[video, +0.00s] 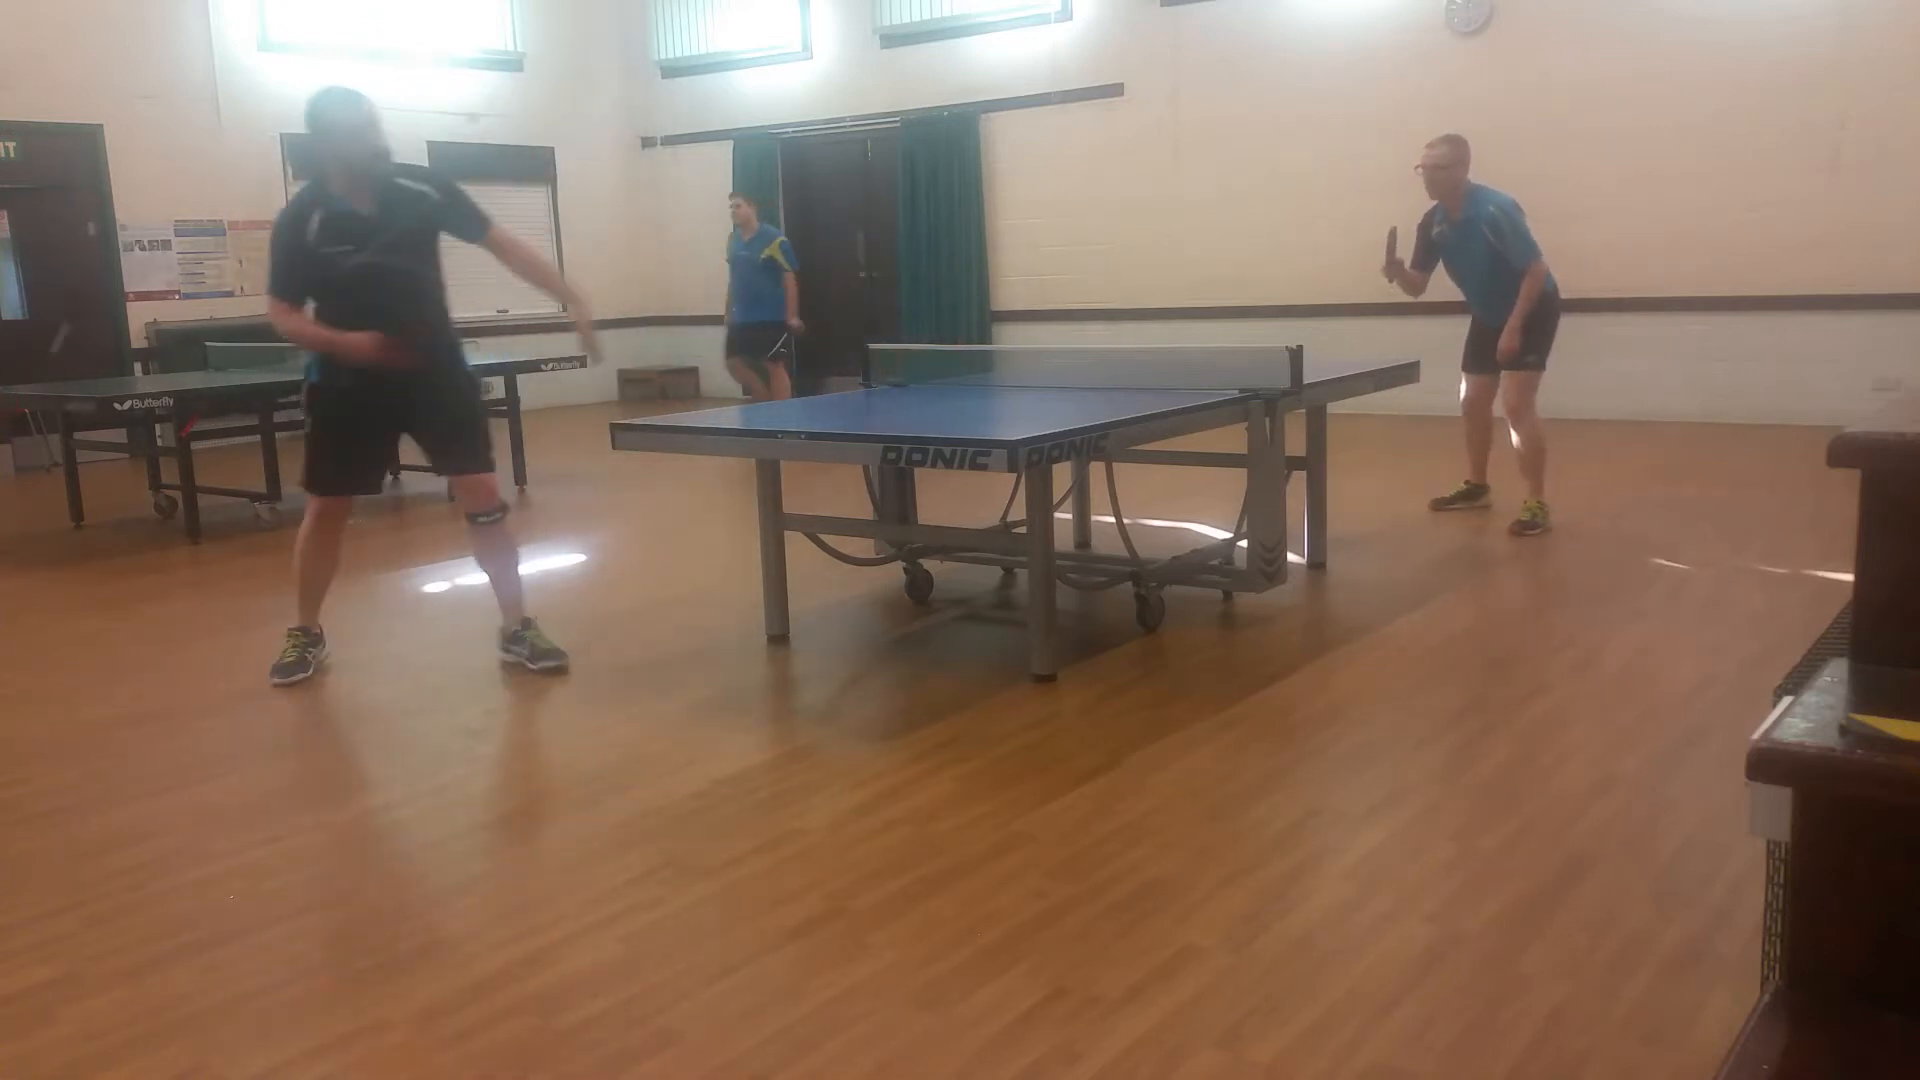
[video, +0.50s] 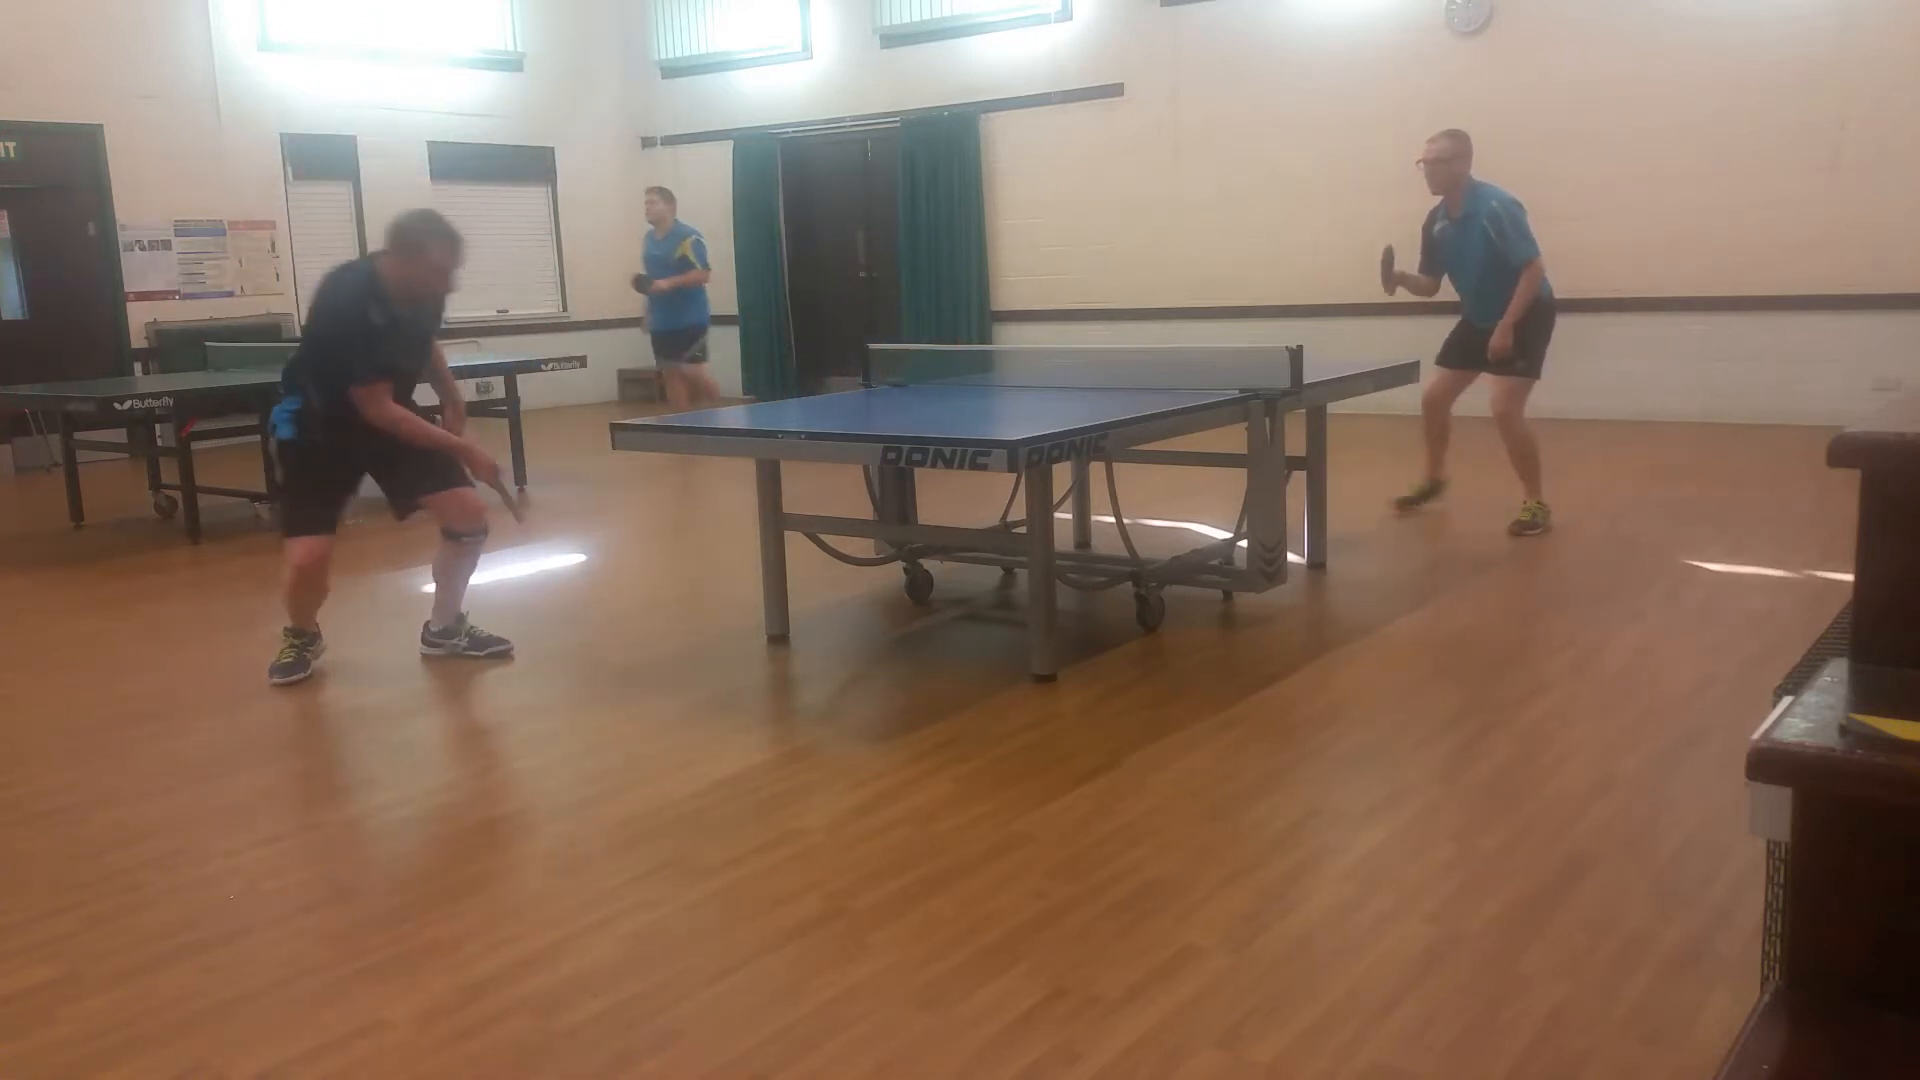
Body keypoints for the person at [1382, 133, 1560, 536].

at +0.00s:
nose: (1424, 177)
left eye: (1432, 170)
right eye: (1422, 170)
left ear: (1459, 171)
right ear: (1425, 173)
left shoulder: (1496, 209)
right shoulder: (1432, 223)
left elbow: (1536, 271)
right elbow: (1417, 285)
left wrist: (1513, 326)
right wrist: (1397, 272)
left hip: (1532, 307)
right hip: (1488, 312)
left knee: (1516, 404)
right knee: (1473, 401)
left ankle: (1536, 503)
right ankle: (1476, 486)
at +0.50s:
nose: (1426, 171)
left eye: (1435, 163)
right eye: (1424, 163)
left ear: (1462, 164)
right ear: (1426, 167)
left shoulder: (1498, 206)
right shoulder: (1436, 221)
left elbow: (1534, 271)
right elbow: (1428, 286)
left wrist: (1506, 326)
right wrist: (1398, 277)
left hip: (1527, 315)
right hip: (1481, 317)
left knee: (1506, 409)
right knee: (1434, 399)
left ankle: (1535, 503)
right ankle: (1434, 481)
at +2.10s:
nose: (1379, 183)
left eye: (1385, 175)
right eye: (1378, 176)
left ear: (1408, 174)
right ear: (1398, 177)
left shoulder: (1428, 212)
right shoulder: (1411, 216)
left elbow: (1440, 270)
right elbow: (1417, 282)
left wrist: (1405, 315)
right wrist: (1377, 310)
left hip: (1471, 318)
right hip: (1443, 320)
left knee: (1454, 421)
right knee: (1400, 393)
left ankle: (1535, 468)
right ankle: (1408, 477)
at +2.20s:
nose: (1361, 191)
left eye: (1367, 183)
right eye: (1360, 184)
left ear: (1390, 181)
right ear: (1384, 185)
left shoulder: (1411, 216)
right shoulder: (1399, 220)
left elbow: (1416, 277)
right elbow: (1409, 281)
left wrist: (1380, 315)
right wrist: (1375, 309)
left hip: (1461, 316)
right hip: (1439, 319)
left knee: (1418, 408)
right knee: (1393, 394)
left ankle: (1499, 468)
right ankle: (1409, 476)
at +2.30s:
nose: (1348, 200)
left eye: (1354, 192)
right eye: (1348, 193)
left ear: (1376, 189)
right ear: (1376, 190)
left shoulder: (1396, 220)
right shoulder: (1389, 223)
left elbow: (1390, 282)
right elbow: (1397, 285)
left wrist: (1356, 319)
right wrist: (1376, 316)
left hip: (1450, 319)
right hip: (1430, 322)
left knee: (1412, 409)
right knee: (1378, 394)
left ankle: (1480, 491)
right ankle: (1404, 472)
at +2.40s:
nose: (1337, 214)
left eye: (1342, 206)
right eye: (1337, 207)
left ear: (1362, 203)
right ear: (1370, 204)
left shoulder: (1377, 233)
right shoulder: (1392, 230)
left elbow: (1362, 293)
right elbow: (1397, 296)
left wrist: (1332, 323)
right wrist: (1358, 309)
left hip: (1430, 330)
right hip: (1423, 328)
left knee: (1406, 424)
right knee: (1358, 383)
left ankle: (1480, 491)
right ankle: (1380, 464)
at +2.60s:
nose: (1301, 238)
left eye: (1302, 229)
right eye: (1300, 230)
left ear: (1316, 224)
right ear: (1331, 222)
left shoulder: (1326, 246)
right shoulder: (1355, 245)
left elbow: (1292, 297)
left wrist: (1258, 321)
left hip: (1379, 337)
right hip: (1395, 334)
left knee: (1394, 421)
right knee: (1330, 404)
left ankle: (1463, 479)